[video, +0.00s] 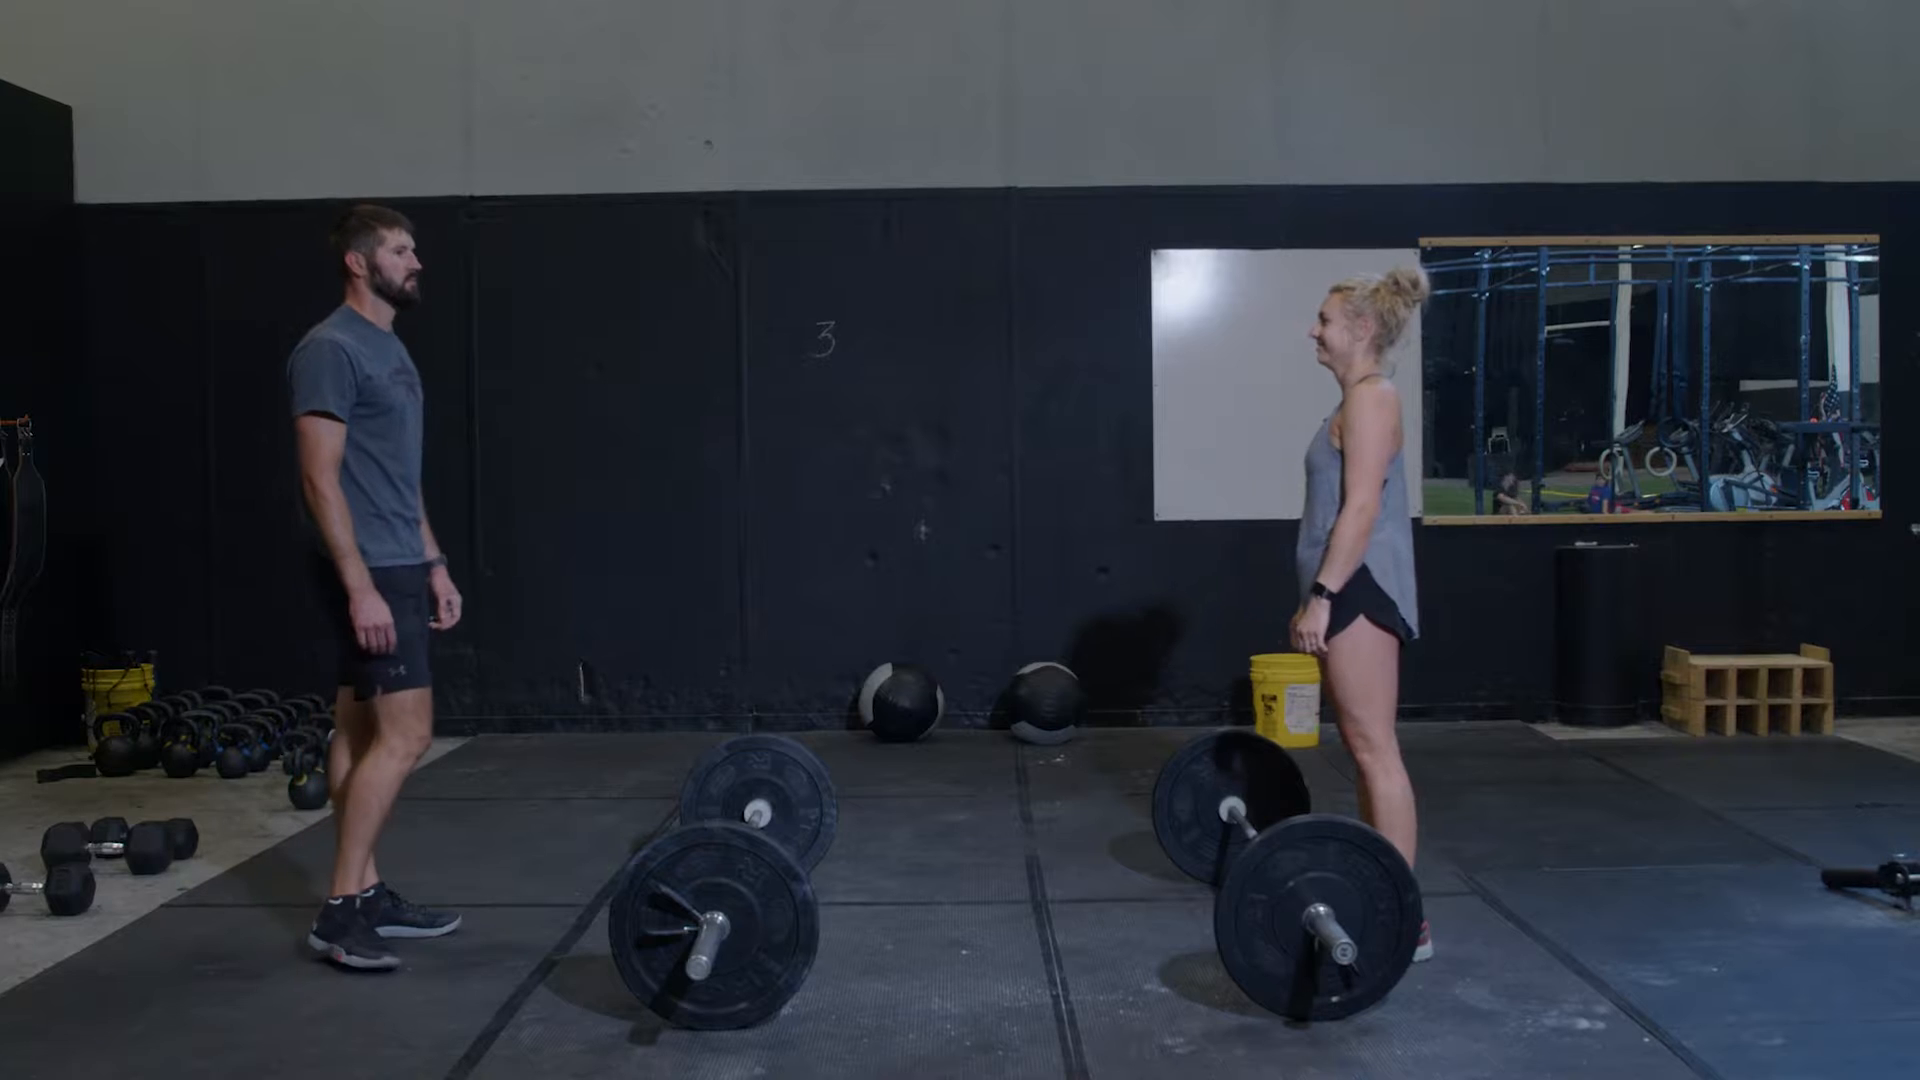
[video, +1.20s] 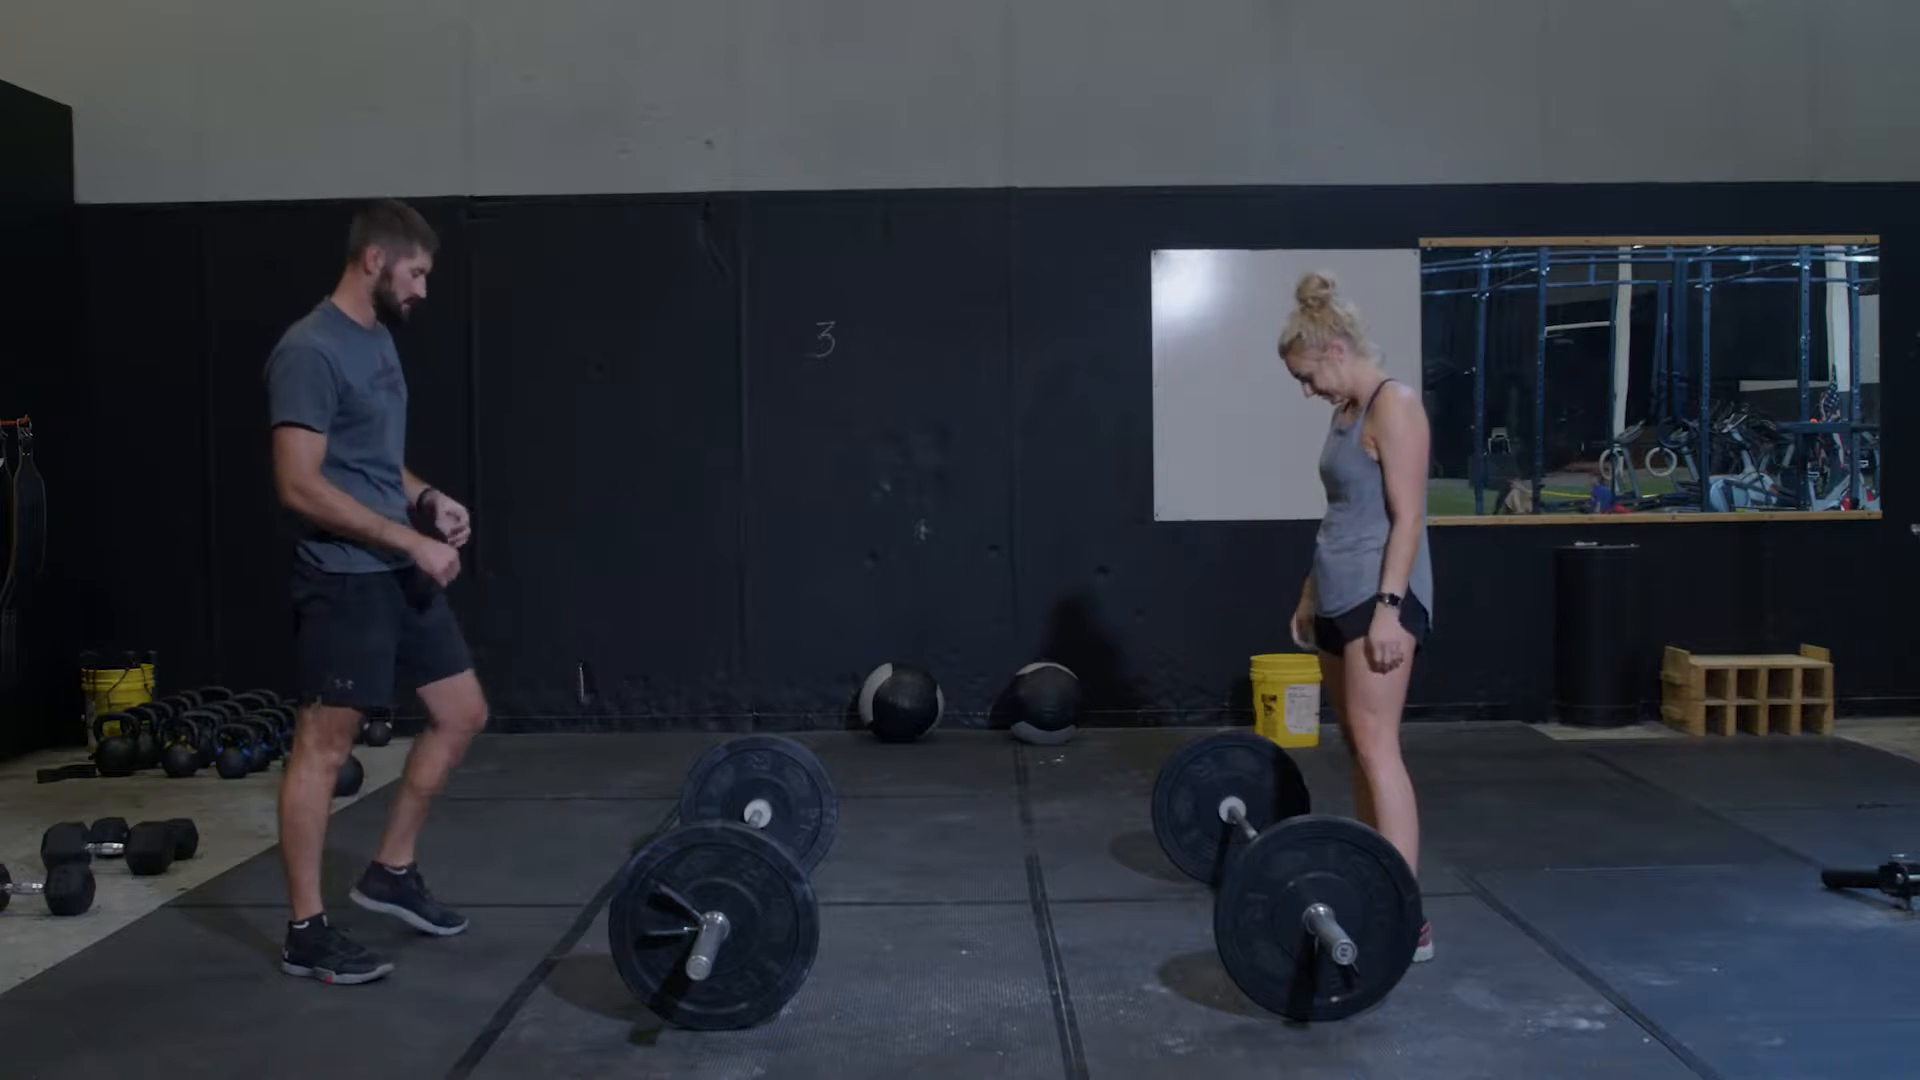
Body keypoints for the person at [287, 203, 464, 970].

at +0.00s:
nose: (415, 264)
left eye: (414, 253)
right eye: (401, 252)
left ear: (381, 265)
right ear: (359, 262)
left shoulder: (388, 348)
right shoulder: (328, 348)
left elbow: (400, 475)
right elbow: (320, 479)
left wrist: (432, 563)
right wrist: (359, 587)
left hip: (394, 565)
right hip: (367, 569)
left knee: (355, 729)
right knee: (406, 732)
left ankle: (366, 894)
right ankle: (341, 908)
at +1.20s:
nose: (421, 289)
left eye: (425, 275)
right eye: (414, 273)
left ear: (382, 268)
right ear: (370, 263)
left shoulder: (376, 343)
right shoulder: (308, 351)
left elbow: (368, 455)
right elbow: (298, 485)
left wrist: (426, 498)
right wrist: (414, 543)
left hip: (399, 570)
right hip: (340, 579)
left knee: (461, 714)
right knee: (323, 745)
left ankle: (391, 868)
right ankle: (306, 926)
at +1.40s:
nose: (458, 305)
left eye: (464, 291)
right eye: (455, 289)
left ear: (421, 275)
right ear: (416, 271)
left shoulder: (405, 348)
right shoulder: (343, 358)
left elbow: (394, 466)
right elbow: (328, 493)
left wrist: (454, 507)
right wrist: (423, 580)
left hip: (418, 570)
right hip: (360, 578)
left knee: (487, 716)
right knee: (336, 747)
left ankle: (499, 886)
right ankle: (307, 927)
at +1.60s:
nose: (526, 328)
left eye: (533, 315)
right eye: (524, 312)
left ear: (495, 295)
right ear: (489, 289)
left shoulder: (471, 364)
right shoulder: (405, 365)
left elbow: (453, 475)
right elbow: (386, 499)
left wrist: (515, 525)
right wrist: (445, 613)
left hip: (458, 587)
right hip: (396, 591)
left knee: (505, 739)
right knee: (366, 749)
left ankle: (567, 893)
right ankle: (310, 926)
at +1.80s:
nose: (618, 356)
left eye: (627, 345)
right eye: (618, 340)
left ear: (592, 317)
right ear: (586, 311)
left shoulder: (552, 378)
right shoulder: (498, 369)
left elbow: (533, 480)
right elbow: (464, 498)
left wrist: (593, 556)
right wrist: (473, 618)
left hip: (504, 575)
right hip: (451, 578)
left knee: (553, 724)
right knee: (469, 753)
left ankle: (578, 893)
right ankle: (349, 899)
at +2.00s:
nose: (686, 398)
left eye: (696, 389)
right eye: (690, 382)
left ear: (667, 356)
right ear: (663, 349)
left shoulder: (625, 408)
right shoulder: (568, 382)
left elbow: (612, 508)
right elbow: (532, 510)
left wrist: (652, 605)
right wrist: (557, 636)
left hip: (524, 561)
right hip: (471, 560)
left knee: (564, 715)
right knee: (530, 726)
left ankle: (576, 893)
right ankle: (473, 905)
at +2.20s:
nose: (728, 452)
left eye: (739, 444)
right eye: (733, 436)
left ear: (712, 405)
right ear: (709, 403)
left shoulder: (661, 438)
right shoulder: (629, 427)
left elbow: (661, 546)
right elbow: (611, 565)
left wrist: (685, 653)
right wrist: (656, 691)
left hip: (534, 565)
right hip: (487, 560)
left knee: (591, 720)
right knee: (552, 737)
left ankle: (584, 889)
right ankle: (559, 922)